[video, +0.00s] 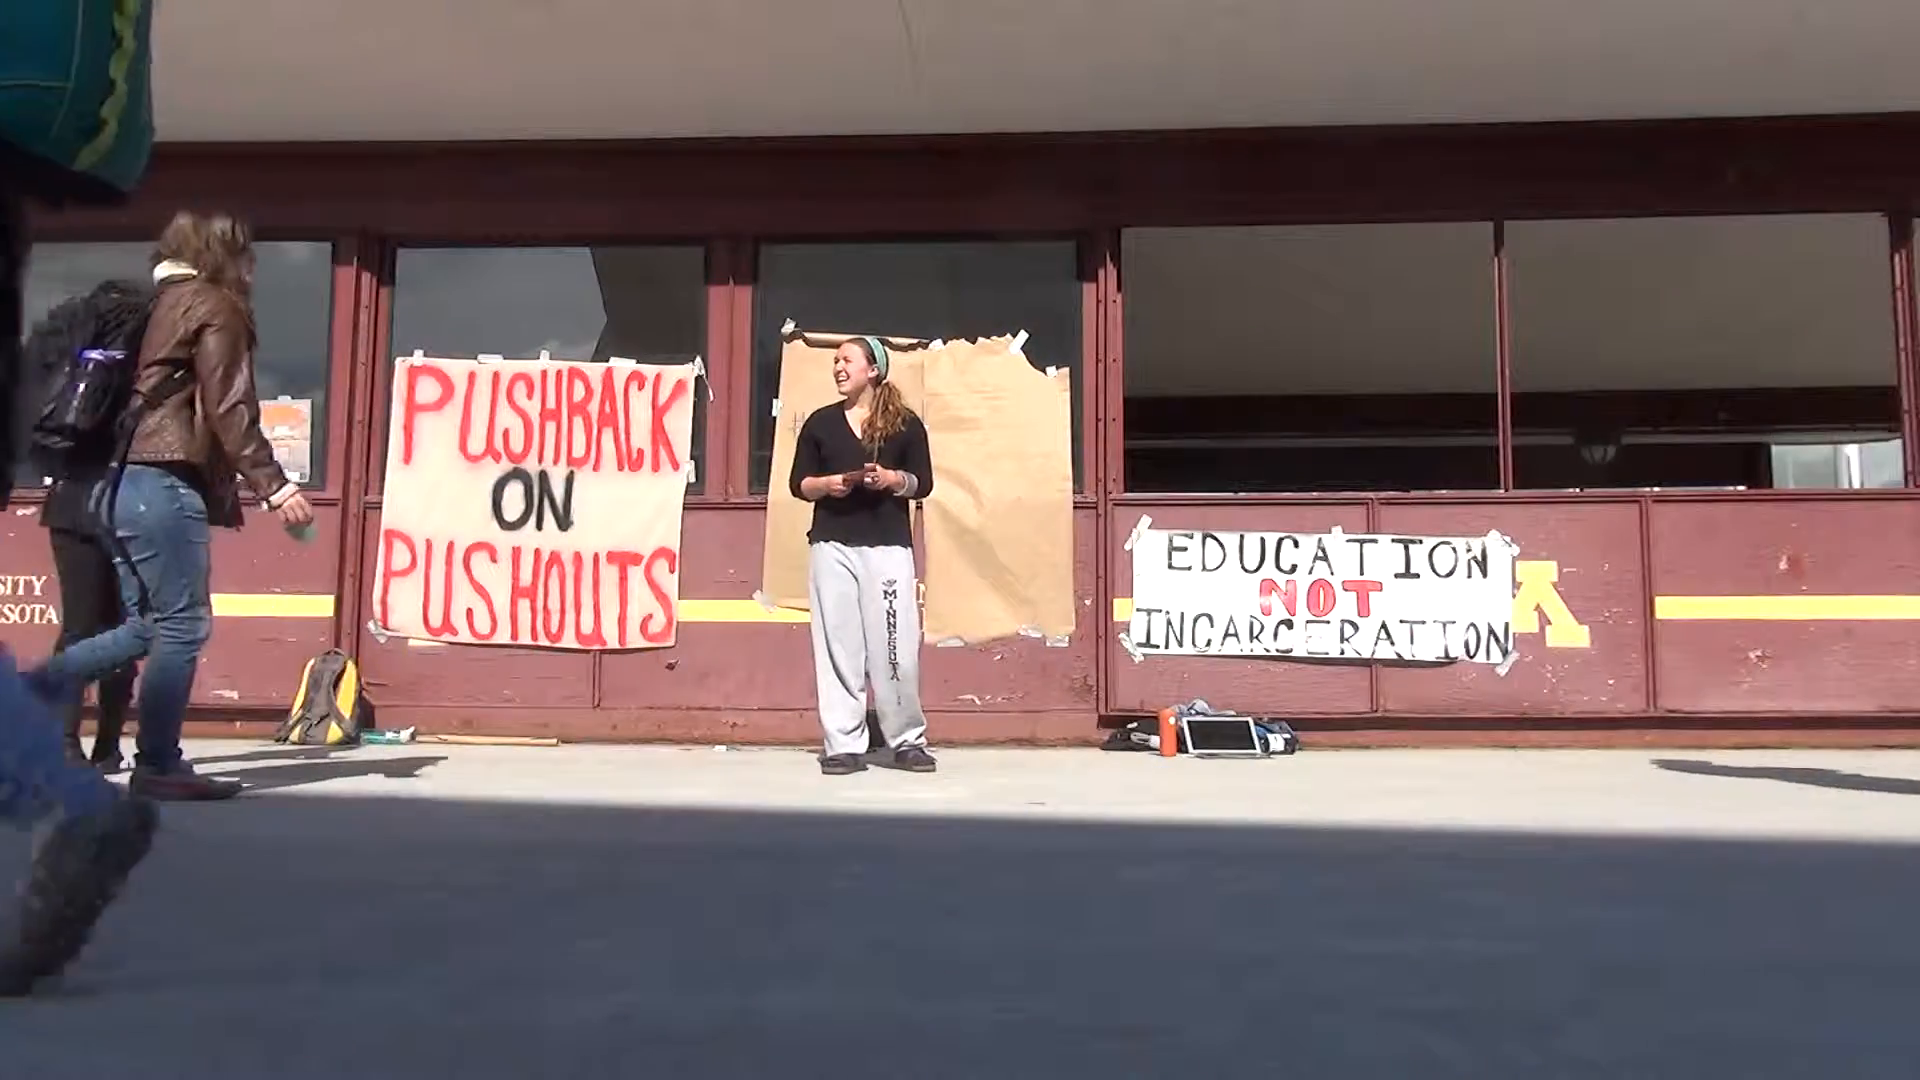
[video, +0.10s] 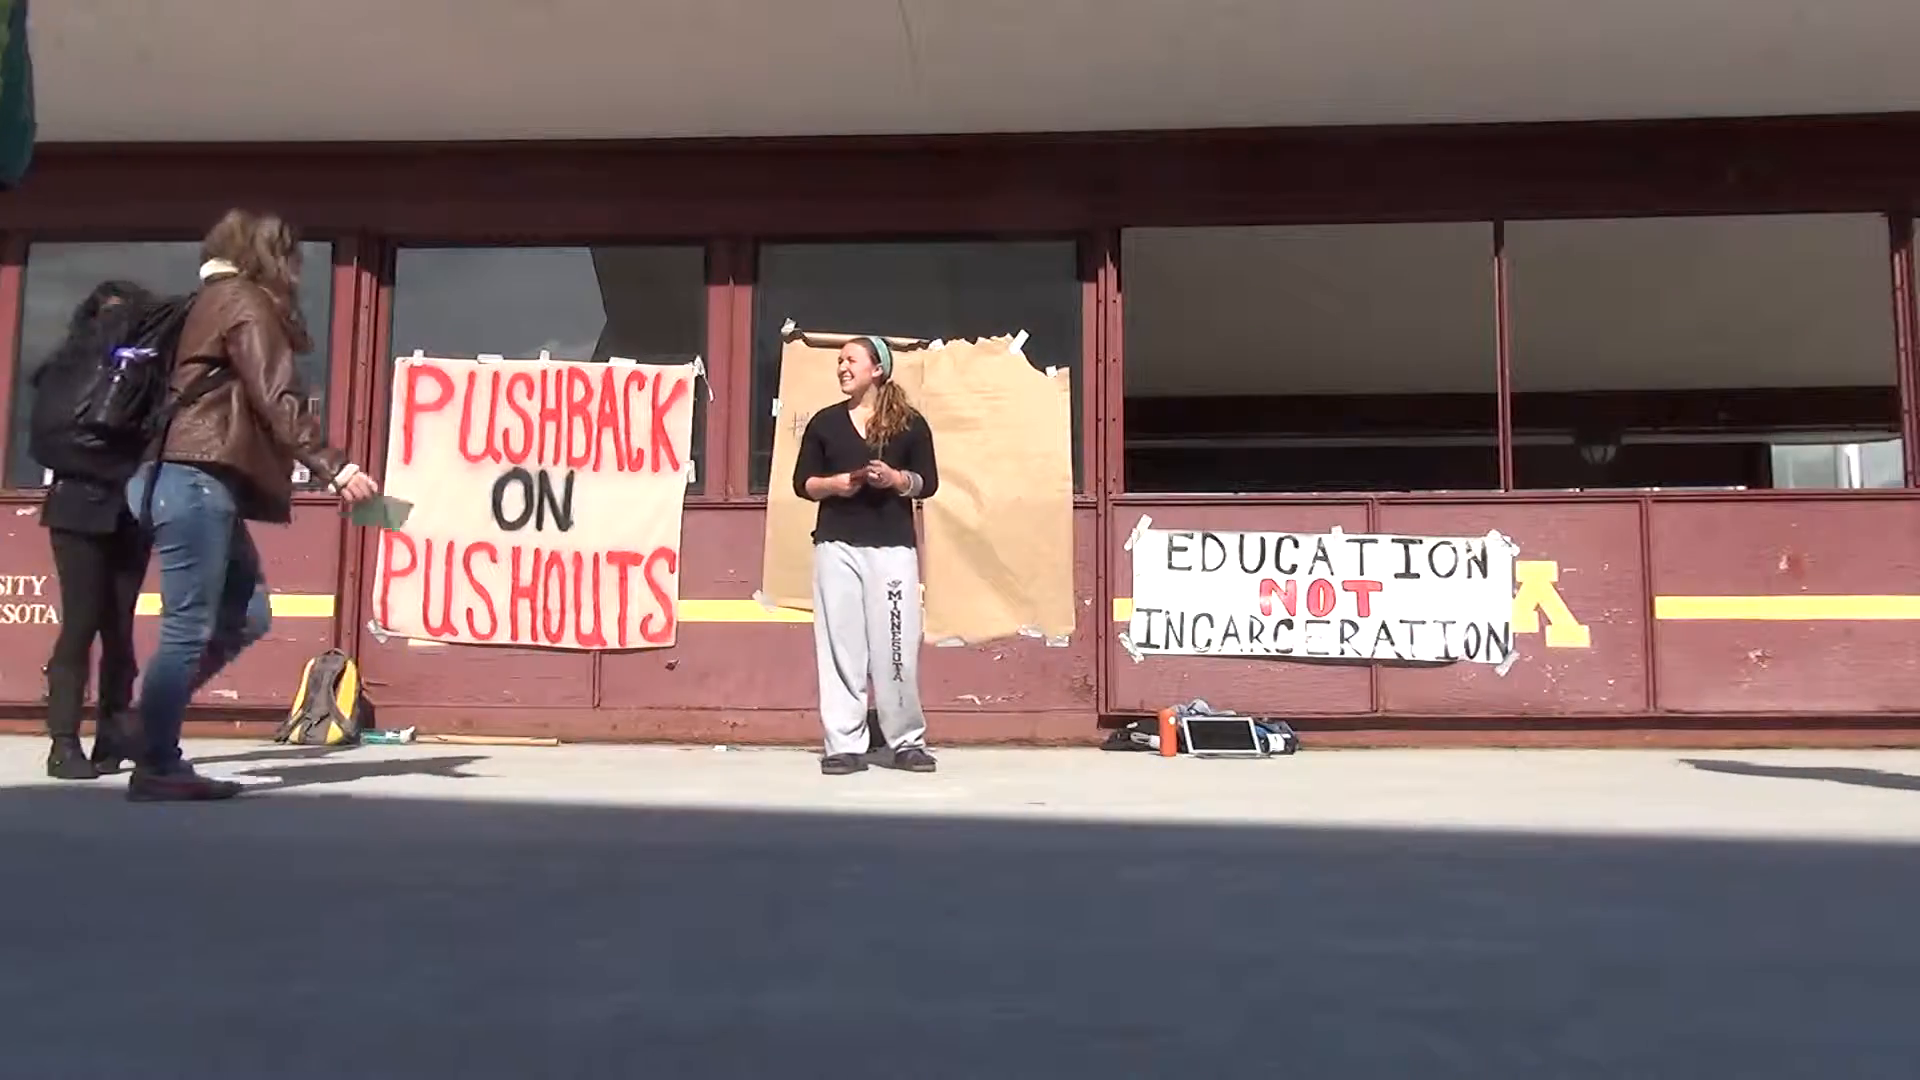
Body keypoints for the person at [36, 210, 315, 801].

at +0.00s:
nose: (247, 266)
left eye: (245, 255)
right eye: (242, 255)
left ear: (185, 251)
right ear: (224, 253)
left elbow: (160, 401)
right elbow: (228, 406)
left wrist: (216, 482)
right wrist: (279, 486)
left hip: (127, 485)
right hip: (164, 488)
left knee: (150, 624)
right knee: (182, 629)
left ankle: (37, 687)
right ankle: (160, 768)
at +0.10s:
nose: (292, 264)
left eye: (290, 253)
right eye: (287, 253)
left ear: (232, 249)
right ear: (270, 252)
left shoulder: (219, 296)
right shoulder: (247, 302)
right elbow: (275, 397)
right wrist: (335, 466)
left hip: (195, 481)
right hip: (196, 483)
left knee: (244, 618)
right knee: (187, 628)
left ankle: (138, 730)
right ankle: (160, 769)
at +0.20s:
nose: (337, 276)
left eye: (338, 264)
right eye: (333, 262)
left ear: (283, 253)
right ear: (310, 256)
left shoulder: (262, 303)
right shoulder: (282, 306)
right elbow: (316, 403)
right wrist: (384, 466)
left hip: (250, 491)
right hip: (228, 486)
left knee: (308, 607)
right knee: (200, 628)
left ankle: (289, 755)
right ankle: (157, 766)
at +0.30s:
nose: (392, 290)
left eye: (392, 279)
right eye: (386, 278)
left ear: (340, 267)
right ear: (358, 270)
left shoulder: (327, 320)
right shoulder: (319, 317)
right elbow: (341, 413)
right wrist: (411, 472)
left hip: (298, 503)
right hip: (266, 495)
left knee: (359, 630)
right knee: (224, 635)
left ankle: (411, 755)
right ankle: (160, 765)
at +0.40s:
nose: (444, 294)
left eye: (443, 283)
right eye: (436, 282)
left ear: (399, 279)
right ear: (408, 280)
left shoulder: (390, 338)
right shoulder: (373, 330)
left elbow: (381, 442)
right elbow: (362, 423)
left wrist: (417, 517)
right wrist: (423, 491)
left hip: (357, 515)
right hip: (317, 505)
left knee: (416, 633)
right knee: (262, 638)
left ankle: (447, 766)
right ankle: (169, 756)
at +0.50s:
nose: (501, 291)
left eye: (500, 281)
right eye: (494, 280)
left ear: (453, 277)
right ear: (466, 281)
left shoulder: (447, 337)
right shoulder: (424, 333)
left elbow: (446, 437)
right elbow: (406, 427)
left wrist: (462, 506)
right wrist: (429, 503)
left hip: (413, 513)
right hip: (375, 505)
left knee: (467, 625)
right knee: (342, 644)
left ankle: (458, 769)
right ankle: (214, 742)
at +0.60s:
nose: (546, 287)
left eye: (545, 276)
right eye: (539, 276)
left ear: (498, 271)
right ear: (512, 274)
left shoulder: (501, 330)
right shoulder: (475, 325)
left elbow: (485, 424)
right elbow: (451, 414)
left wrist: (502, 503)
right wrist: (446, 498)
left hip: (471, 501)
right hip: (433, 497)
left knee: (482, 640)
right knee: (449, 636)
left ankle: (458, 769)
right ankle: (320, 720)